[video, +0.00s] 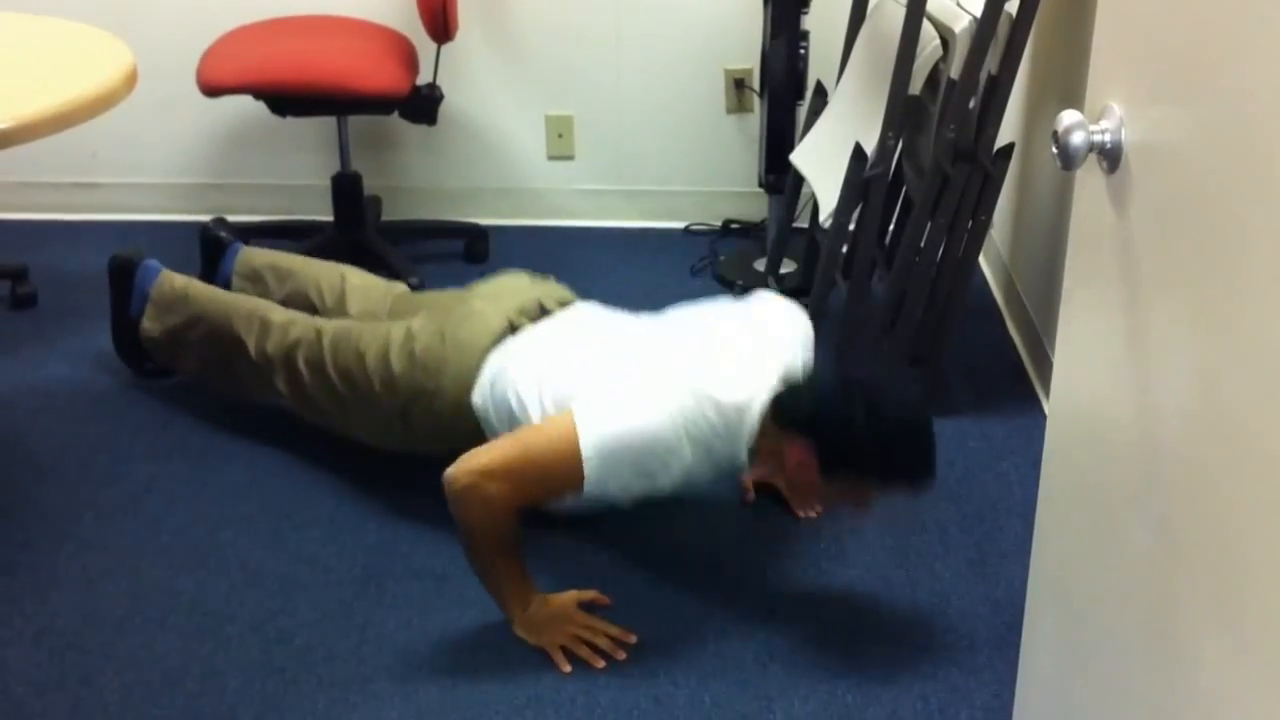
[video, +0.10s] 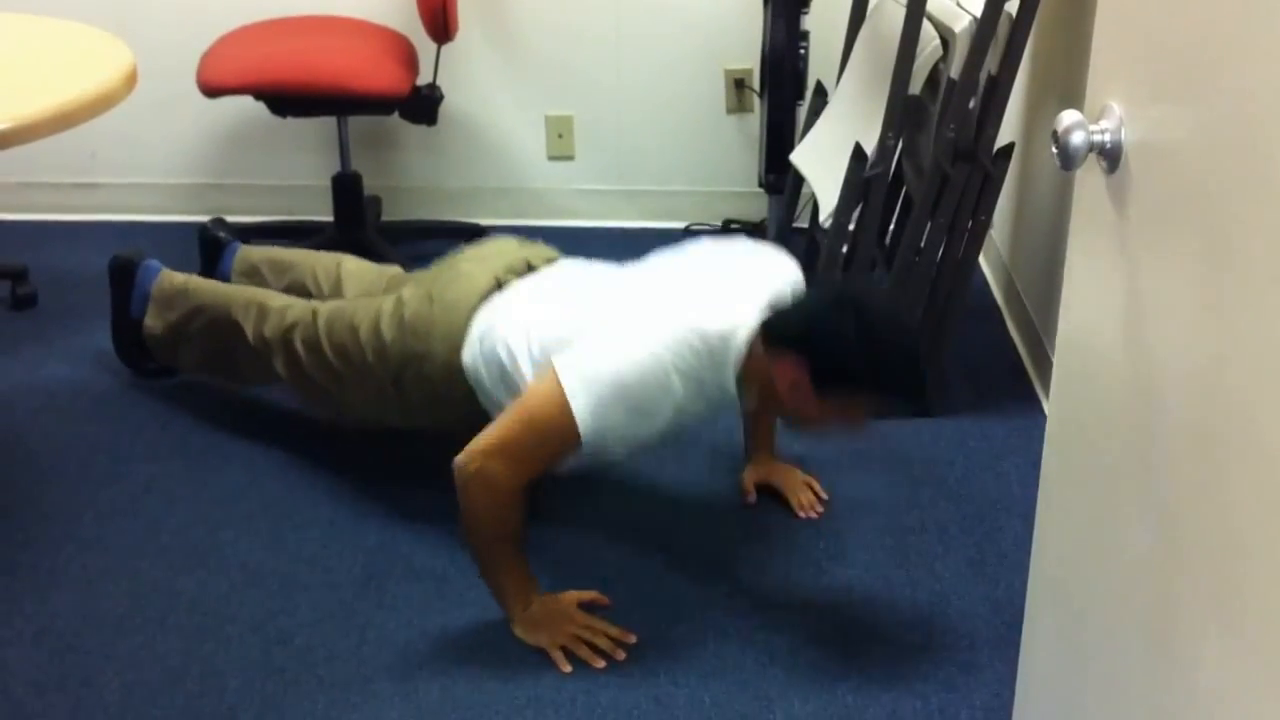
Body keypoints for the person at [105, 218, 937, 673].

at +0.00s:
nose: (841, 514)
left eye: (858, 505)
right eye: (846, 499)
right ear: (804, 454)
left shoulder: (786, 325)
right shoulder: (664, 434)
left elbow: (714, 328)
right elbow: (472, 485)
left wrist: (763, 453)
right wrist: (526, 608)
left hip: (542, 302)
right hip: (471, 377)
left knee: (391, 306)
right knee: (297, 357)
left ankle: (245, 257)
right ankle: (159, 306)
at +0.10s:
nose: (847, 426)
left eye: (864, 417)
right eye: (852, 413)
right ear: (800, 372)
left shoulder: (777, 275)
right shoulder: (655, 366)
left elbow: (761, 359)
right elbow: (482, 473)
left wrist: (759, 453)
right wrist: (526, 606)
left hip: (524, 267)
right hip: (463, 340)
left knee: (376, 287)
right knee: (293, 344)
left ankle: (242, 255)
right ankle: (158, 309)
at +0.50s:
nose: (837, 471)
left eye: (850, 467)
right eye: (843, 460)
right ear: (803, 421)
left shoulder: (785, 295)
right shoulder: (663, 394)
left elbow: (747, 372)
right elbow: (472, 469)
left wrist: (762, 447)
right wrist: (527, 607)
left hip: (536, 288)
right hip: (466, 364)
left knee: (382, 297)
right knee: (296, 353)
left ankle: (246, 257)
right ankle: (158, 307)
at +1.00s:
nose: (838, 395)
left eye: (857, 387)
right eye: (842, 380)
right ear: (791, 340)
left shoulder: (770, 248)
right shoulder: (644, 345)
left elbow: (765, 357)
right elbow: (493, 462)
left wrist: (762, 454)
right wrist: (527, 606)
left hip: (522, 255)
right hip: (462, 325)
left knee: (375, 282)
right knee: (295, 337)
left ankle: (245, 250)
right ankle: (157, 308)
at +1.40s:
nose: (841, 513)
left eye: (856, 501)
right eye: (843, 498)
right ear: (804, 454)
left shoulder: (788, 320)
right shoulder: (663, 436)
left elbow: (695, 321)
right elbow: (473, 481)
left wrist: (751, 443)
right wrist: (527, 606)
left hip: (538, 301)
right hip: (461, 379)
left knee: (391, 305)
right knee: (292, 355)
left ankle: (242, 254)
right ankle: (161, 304)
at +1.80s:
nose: (824, 400)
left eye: (840, 392)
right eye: (825, 385)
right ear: (779, 345)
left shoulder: (766, 251)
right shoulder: (636, 350)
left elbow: (762, 357)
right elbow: (482, 468)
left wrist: (763, 453)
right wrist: (527, 604)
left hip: (518, 253)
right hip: (455, 325)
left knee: (373, 277)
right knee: (294, 332)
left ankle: (238, 248)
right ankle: (155, 303)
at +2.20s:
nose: (818, 471)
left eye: (830, 469)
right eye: (825, 461)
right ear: (795, 428)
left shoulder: (781, 299)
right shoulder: (659, 409)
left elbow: (756, 371)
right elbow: (468, 474)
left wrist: (766, 446)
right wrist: (527, 602)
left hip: (532, 290)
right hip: (457, 369)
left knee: (384, 296)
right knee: (290, 351)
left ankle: (238, 250)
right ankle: (156, 300)